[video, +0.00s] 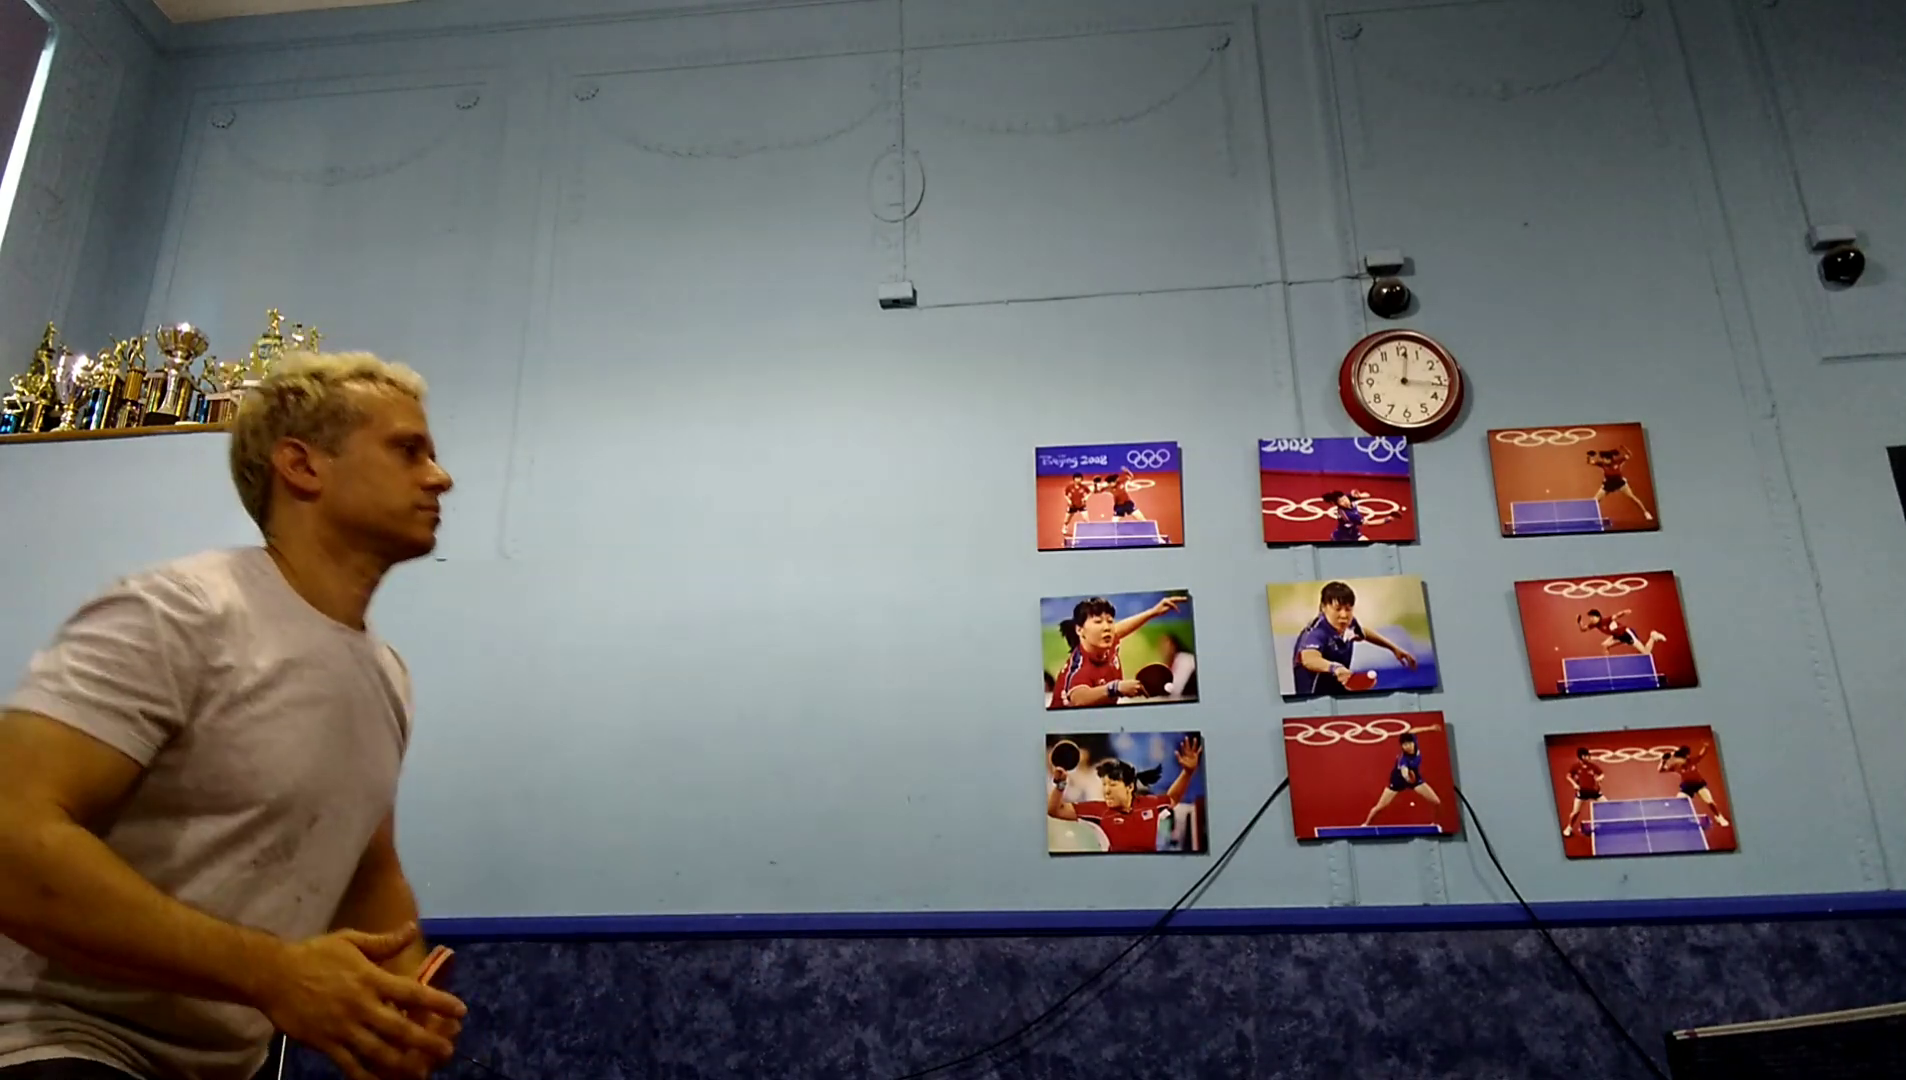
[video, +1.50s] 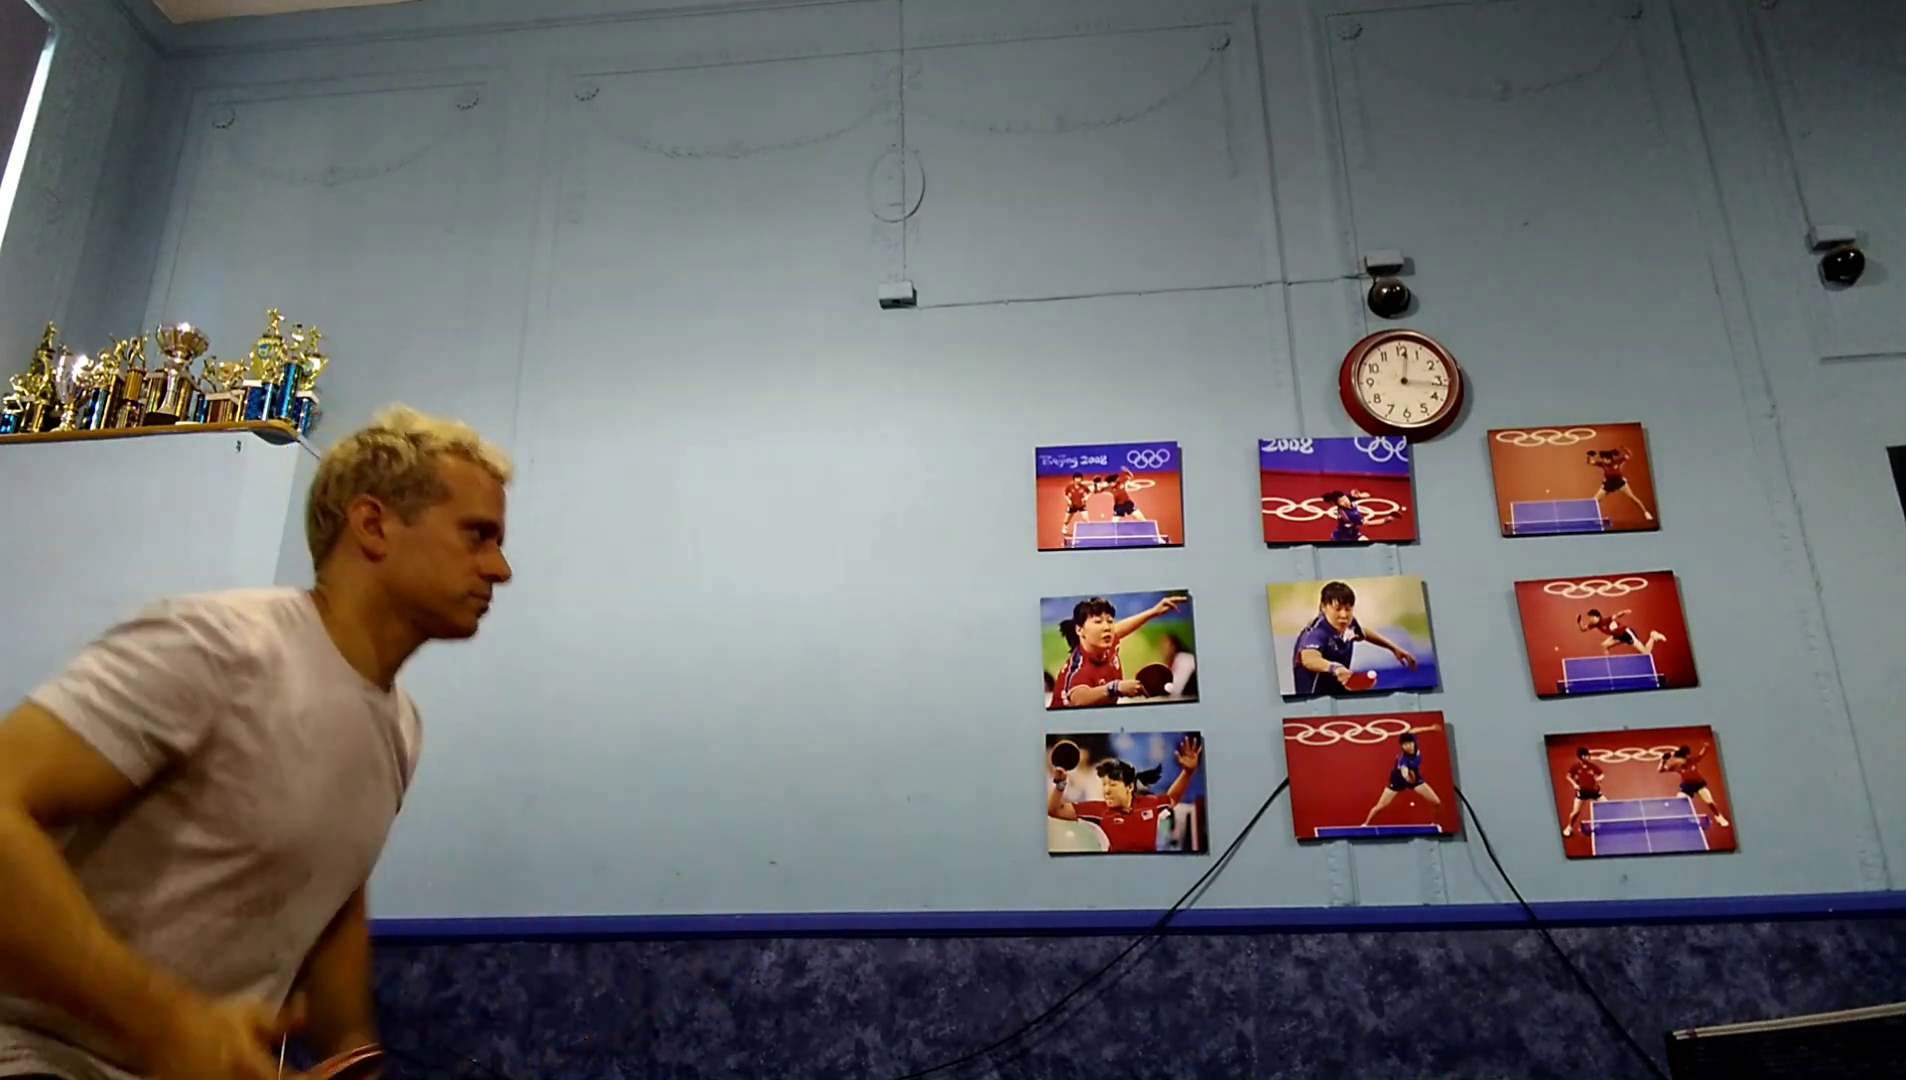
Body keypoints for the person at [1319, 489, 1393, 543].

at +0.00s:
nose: (1344, 502)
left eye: (1344, 499)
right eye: (1341, 502)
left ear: (1346, 497)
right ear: (1338, 505)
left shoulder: (1350, 499)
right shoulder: (1349, 515)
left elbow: (1367, 496)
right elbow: (1367, 523)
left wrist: (1360, 495)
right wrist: (1385, 520)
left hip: (1355, 536)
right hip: (1342, 538)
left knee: (1370, 547)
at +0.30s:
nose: (1344, 502)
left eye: (1344, 499)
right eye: (1341, 502)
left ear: (1346, 497)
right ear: (1338, 505)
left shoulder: (1350, 500)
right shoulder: (1349, 515)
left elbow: (1367, 496)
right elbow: (1367, 523)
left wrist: (1360, 495)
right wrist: (1385, 520)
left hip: (1355, 536)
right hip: (1341, 538)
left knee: (1370, 547)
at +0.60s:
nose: (1344, 502)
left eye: (1344, 499)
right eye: (1341, 502)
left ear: (1346, 497)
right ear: (1338, 505)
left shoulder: (1350, 500)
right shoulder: (1349, 515)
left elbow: (1367, 496)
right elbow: (1367, 523)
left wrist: (1360, 495)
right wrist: (1385, 520)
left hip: (1355, 536)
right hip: (1341, 538)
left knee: (1370, 547)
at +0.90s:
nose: (1344, 502)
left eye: (1344, 499)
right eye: (1341, 502)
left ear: (1346, 497)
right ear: (1338, 505)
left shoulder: (1350, 500)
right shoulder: (1349, 515)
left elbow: (1367, 496)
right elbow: (1367, 523)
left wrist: (1360, 495)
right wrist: (1385, 520)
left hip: (1355, 536)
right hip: (1341, 538)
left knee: (1370, 547)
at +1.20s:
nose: (1344, 502)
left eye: (1343, 499)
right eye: (1341, 502)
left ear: (1346, 497)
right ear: (1338, 505)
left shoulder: (1350, 499)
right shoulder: (1349, 515)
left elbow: (1367, 496)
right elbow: (1366, 523)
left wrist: (1360, 495)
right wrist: (1385, 520)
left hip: (1355, 536)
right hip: (1341, 538)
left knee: (1370, 547)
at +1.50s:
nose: (1344, 502)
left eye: (1344, 499)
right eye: (1341, 502)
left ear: (1346, 497)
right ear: (1338, 505)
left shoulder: (1350, 500)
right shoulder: (1349, 515)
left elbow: (1367, 496)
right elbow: (1367, 523)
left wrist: (1360, 495)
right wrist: (1385, 520)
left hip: (1356, 536)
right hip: (1342, 538)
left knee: (1370, 547)